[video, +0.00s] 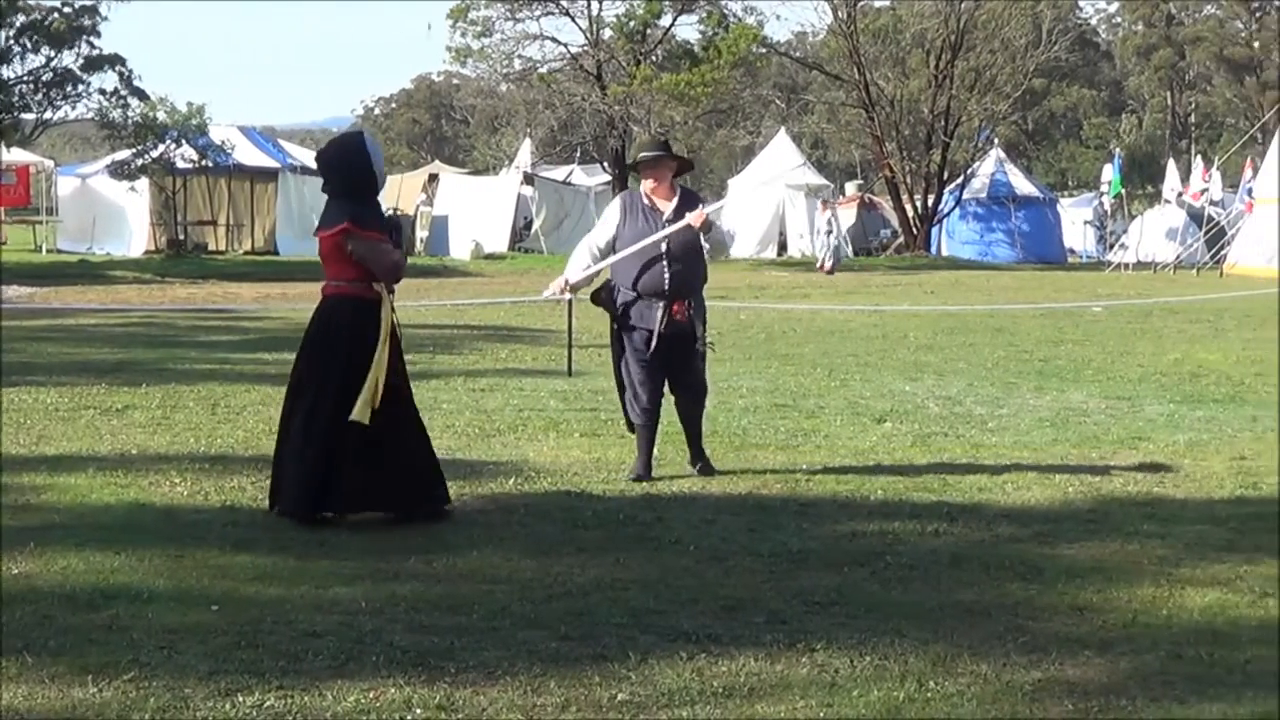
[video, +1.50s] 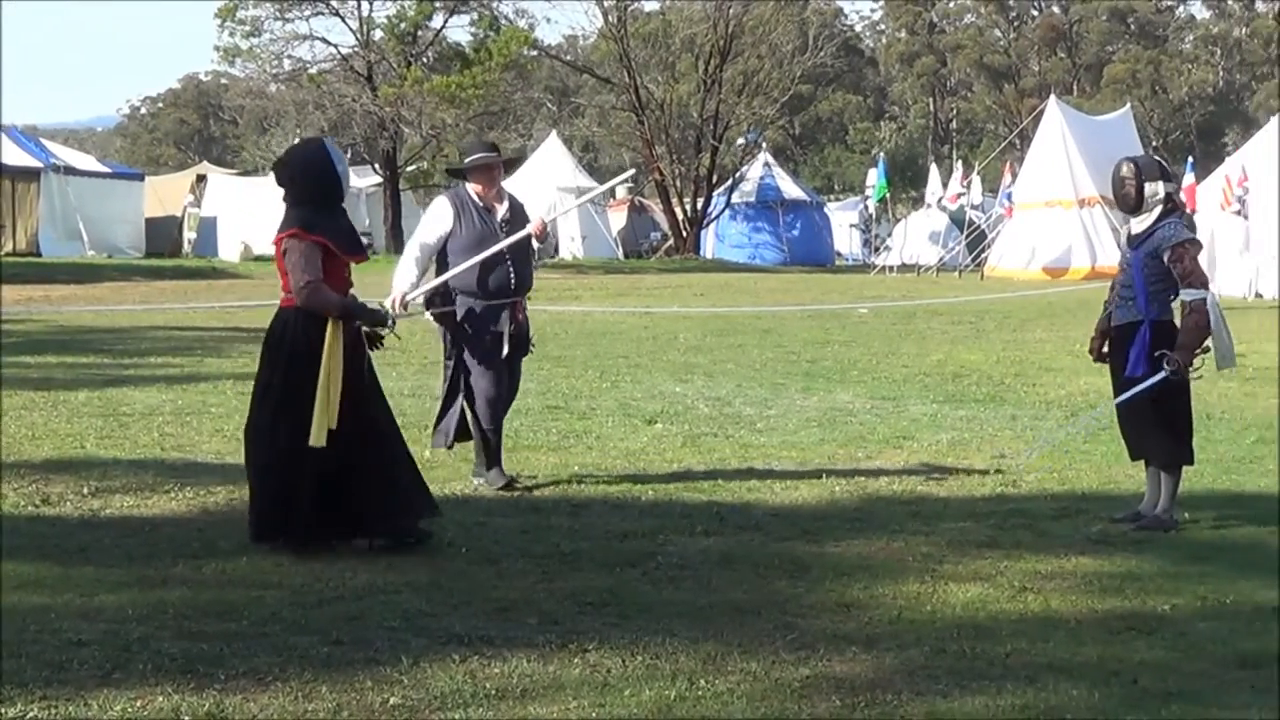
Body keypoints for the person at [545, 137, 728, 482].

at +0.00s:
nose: (648, 173)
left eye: (655, 166)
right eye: (643, 167)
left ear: (673, 169)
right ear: (637, 172)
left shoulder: (693, 203)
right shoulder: (624, 205)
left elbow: (721, 249)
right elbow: (594, 244)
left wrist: (707, 228)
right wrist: (571, 278)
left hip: (685, 312)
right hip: (638, 312)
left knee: (692, 389)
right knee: (644, 392)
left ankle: (697, 452)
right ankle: (642, 463)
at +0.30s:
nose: (596, 174)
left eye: (603, 166)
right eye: (589, 168)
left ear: (616, 167)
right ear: (580, 172)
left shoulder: (633, 201)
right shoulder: (566, 204)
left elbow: (655, 246)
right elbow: (537, 244)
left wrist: (662, 225)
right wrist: (521, 272)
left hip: (632, 308)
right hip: (587, 311)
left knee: (650, 379)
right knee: (591, 390)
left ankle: (652, 451)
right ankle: (593, 460)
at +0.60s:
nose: (571, 174)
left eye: (576, 167)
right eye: (563, 169)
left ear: (586, 168)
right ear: (551, 173)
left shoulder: (597, 204)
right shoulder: (535, 205)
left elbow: (616, 248)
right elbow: (509, 250)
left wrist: (629, 226)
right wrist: (510, 284)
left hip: (598, 309)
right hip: (553, 311)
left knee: (605, 389)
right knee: (554, 391)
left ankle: (619, 462)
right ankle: (552, 462)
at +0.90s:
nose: (555, 173)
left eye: (559, 166)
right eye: (547, 168)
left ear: (567, 169)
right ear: (532, 172)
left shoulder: (574, 203)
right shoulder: (514, 204)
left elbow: (596, 248)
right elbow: (490, 248)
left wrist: (607, 226)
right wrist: (490, 284)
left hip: (578, 308)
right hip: (534, 308)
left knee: (575, 392)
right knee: (525, 390)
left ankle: (576, 465)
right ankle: (507, 464)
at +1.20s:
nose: (521, 174)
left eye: (527, 167)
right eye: (513, 169)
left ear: (537, 169)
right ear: (502, 173)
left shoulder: (551, 205)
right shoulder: (484, 205)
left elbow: (574, 257)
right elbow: (458, 248)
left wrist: (580, 233)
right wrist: (448, 288)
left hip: (547, 306)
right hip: (504, 305)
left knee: (540, 385)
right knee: (504, 382)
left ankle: (530, 462)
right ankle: (488, 449)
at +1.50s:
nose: (488, 176)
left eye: (493, 168)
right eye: (480, 171)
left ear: (501, 169)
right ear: (466, 174)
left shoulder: (514, 205)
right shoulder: (448, 207)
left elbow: (535, 255)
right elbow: (419, 247)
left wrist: (541, 239)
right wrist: (402, 285)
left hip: (512, 307)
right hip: (472, 310)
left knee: (507, 387)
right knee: (487, 388)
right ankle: (489, 468)